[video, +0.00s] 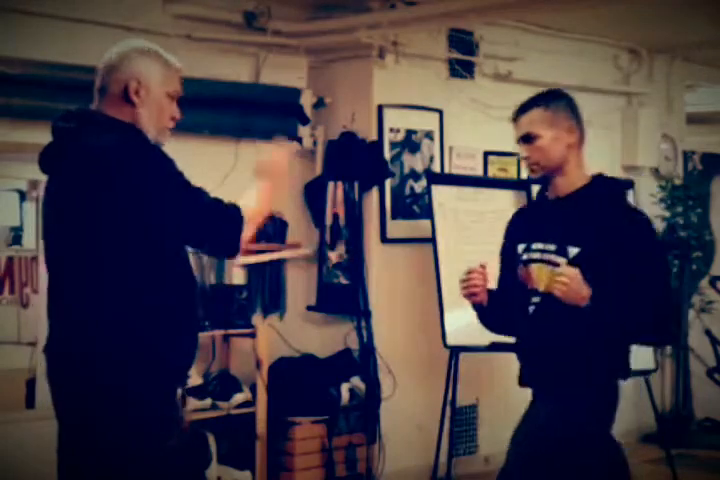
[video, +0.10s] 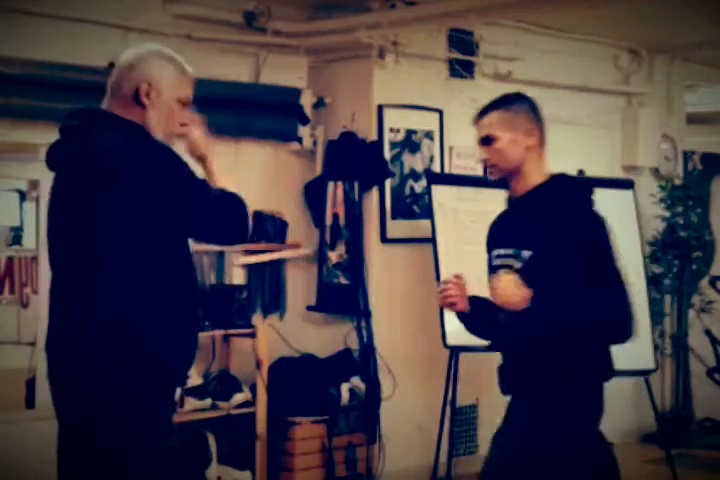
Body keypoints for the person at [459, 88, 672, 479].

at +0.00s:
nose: (522, 153)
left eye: (530, 140)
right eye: (520, 144)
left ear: (571, 137)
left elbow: (660, 324)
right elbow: (514, 319)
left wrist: (590, 298)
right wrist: (485, 300)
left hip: (589, 387)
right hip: (544, 386)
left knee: (520, 469)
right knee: (595, 467)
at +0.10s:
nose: (482, 155)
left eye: (489, 141)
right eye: (480, 145)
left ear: (529, 139)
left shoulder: (572, 214)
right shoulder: (503, 227)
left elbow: (617, 322)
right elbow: (513, 331)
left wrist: (531, 300)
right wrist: (469, 308)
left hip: (569, 393)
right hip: (528, 393)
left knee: (502, 471)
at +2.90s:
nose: (379, 133)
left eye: (388, 121)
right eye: (380, 123)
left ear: (425, 125)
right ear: (417, 127)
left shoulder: (443, 200)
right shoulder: (394, 198)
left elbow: (428, 318)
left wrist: (366, 392)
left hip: (416, 389)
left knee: (410, 469)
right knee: (380, 469)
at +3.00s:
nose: (391, 137)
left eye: (403, 126)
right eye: (393, 127)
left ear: (441, 132)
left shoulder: (449, 207)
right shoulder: (405, 203)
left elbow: (431, 325)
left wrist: (372, 401)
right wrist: (352, 382)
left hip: (417, 402)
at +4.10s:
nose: (440, 141)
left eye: (453, 132)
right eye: (442, 132)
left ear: (489, 142)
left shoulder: (493, 207)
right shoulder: (468, 207)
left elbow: (474, 318)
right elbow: (422, 324)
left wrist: (421, 394)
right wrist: (392, 279)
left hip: (453, 395)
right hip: (439, 391)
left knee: (418, 472)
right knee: (433, 471)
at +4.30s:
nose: (435, 126)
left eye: (447, 115)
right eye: (437, 117)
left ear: (483, 124)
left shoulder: (497, 188)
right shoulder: (478, 190)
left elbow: (479, 310)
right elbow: (455, 310)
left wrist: (398, 355)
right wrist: (398, 297)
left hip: (496, 365)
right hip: (484, 360)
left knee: (441, 469)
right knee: (476, 470)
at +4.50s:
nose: (437, 131)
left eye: (447, 119)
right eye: (437, 121)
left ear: (484, 124)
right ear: (479, 126)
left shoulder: (506, 188)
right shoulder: (486, 189)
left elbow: (491, 311)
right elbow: (482, 300)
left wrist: (399, 330)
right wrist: (426, 300)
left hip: (528, 366)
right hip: (511, 364)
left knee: (507, 470)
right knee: (511, 469)